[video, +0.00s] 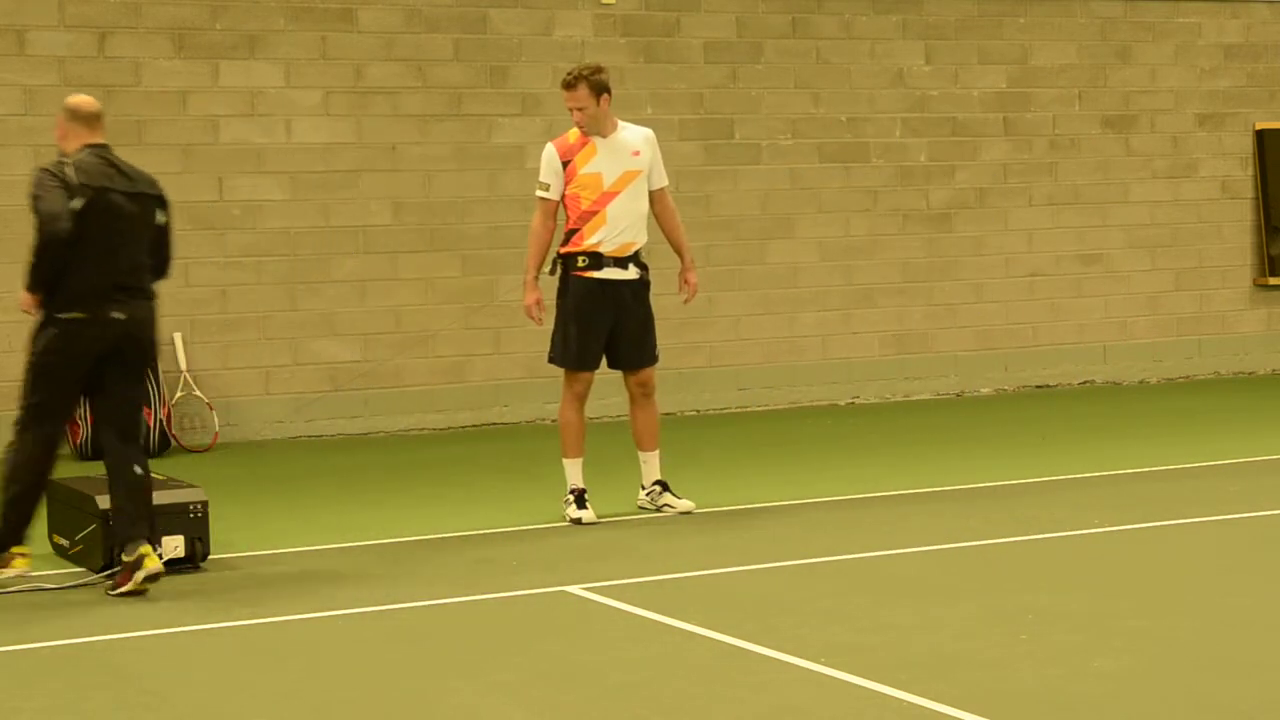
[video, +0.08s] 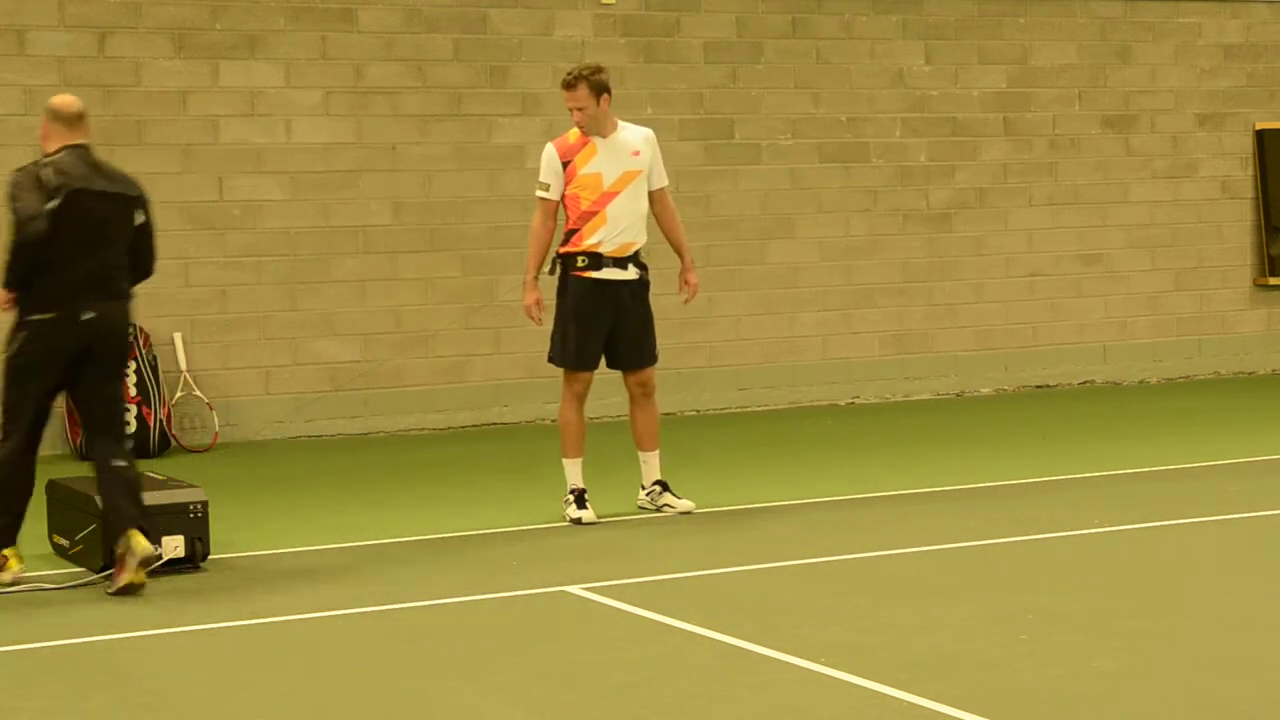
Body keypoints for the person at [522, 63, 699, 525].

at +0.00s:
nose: (574, 117)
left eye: (580, 109)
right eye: (570, 110)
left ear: (605, 101)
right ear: (570, 107)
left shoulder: (642, 142)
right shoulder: (560, 152)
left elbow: (662, 204)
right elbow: (544, 219)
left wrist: (686, 261)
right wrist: (530, 280)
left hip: (630, 281)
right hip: (580, 282)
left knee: (643, 384)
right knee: (576, 387)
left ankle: (653, 486)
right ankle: (575, 493)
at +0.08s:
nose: (574, 117)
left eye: (580, 108)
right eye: (570, 110)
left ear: (605, 101)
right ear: (570, 107)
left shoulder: (642, 142)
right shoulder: (560, 152)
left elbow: (662, 204)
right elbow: (544, 218)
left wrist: (687, 261)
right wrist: (530, 280)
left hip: (629, 281)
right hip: (580, 282)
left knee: (643, 384)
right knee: (576, 387)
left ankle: (653, 486)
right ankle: (575, 493)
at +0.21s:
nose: (574, 117)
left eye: (579, 109)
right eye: (570, 110)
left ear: (605, 101)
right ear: (570, 107)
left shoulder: (642, 142)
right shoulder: (559, 152)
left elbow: (662, 205)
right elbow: (543, 219)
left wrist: (686, 262)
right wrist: (530, 280)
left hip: (629, 281)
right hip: (579, 282)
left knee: (643, 384)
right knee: (575, 387)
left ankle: (653, 486)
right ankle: (575, 493)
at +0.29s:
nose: (574, 117)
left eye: (579, 109)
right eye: (570, 110)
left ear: (605, 102)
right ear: (571, 107)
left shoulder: (642, 142)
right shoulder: (560, 152)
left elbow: (661, 205)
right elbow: (543, 219)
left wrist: (684, 262)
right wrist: (529, 280)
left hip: (629, 281)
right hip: (579, 282)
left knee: (643, 384)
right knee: (575, 387)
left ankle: (653, 486)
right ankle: (575, 493)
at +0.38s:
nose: (575, 118)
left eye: (580, 109)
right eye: (570, 110)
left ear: (606, 102)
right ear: (570, 108)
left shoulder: (642, 142)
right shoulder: (560, 152)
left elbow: (660, 204)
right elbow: (543, 219)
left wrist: (683, 262)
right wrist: (529, 281)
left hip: (629, 281)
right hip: (579, 283)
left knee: (644, 384)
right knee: (575, 387)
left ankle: (653, 486)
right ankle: (576, 493)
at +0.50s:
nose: (577, 118)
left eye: (584, 110)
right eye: (573, 110)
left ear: (609, 103)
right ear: (572, 107)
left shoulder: (643, 142)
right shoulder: (561, 153)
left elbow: (660, 204)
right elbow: (543, 219)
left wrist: (681, 260)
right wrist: (529, 281)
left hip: (630, 282)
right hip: (580, 283)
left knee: (648, 382)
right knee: (576, 386)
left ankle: (653, 486)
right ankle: (576, 493)